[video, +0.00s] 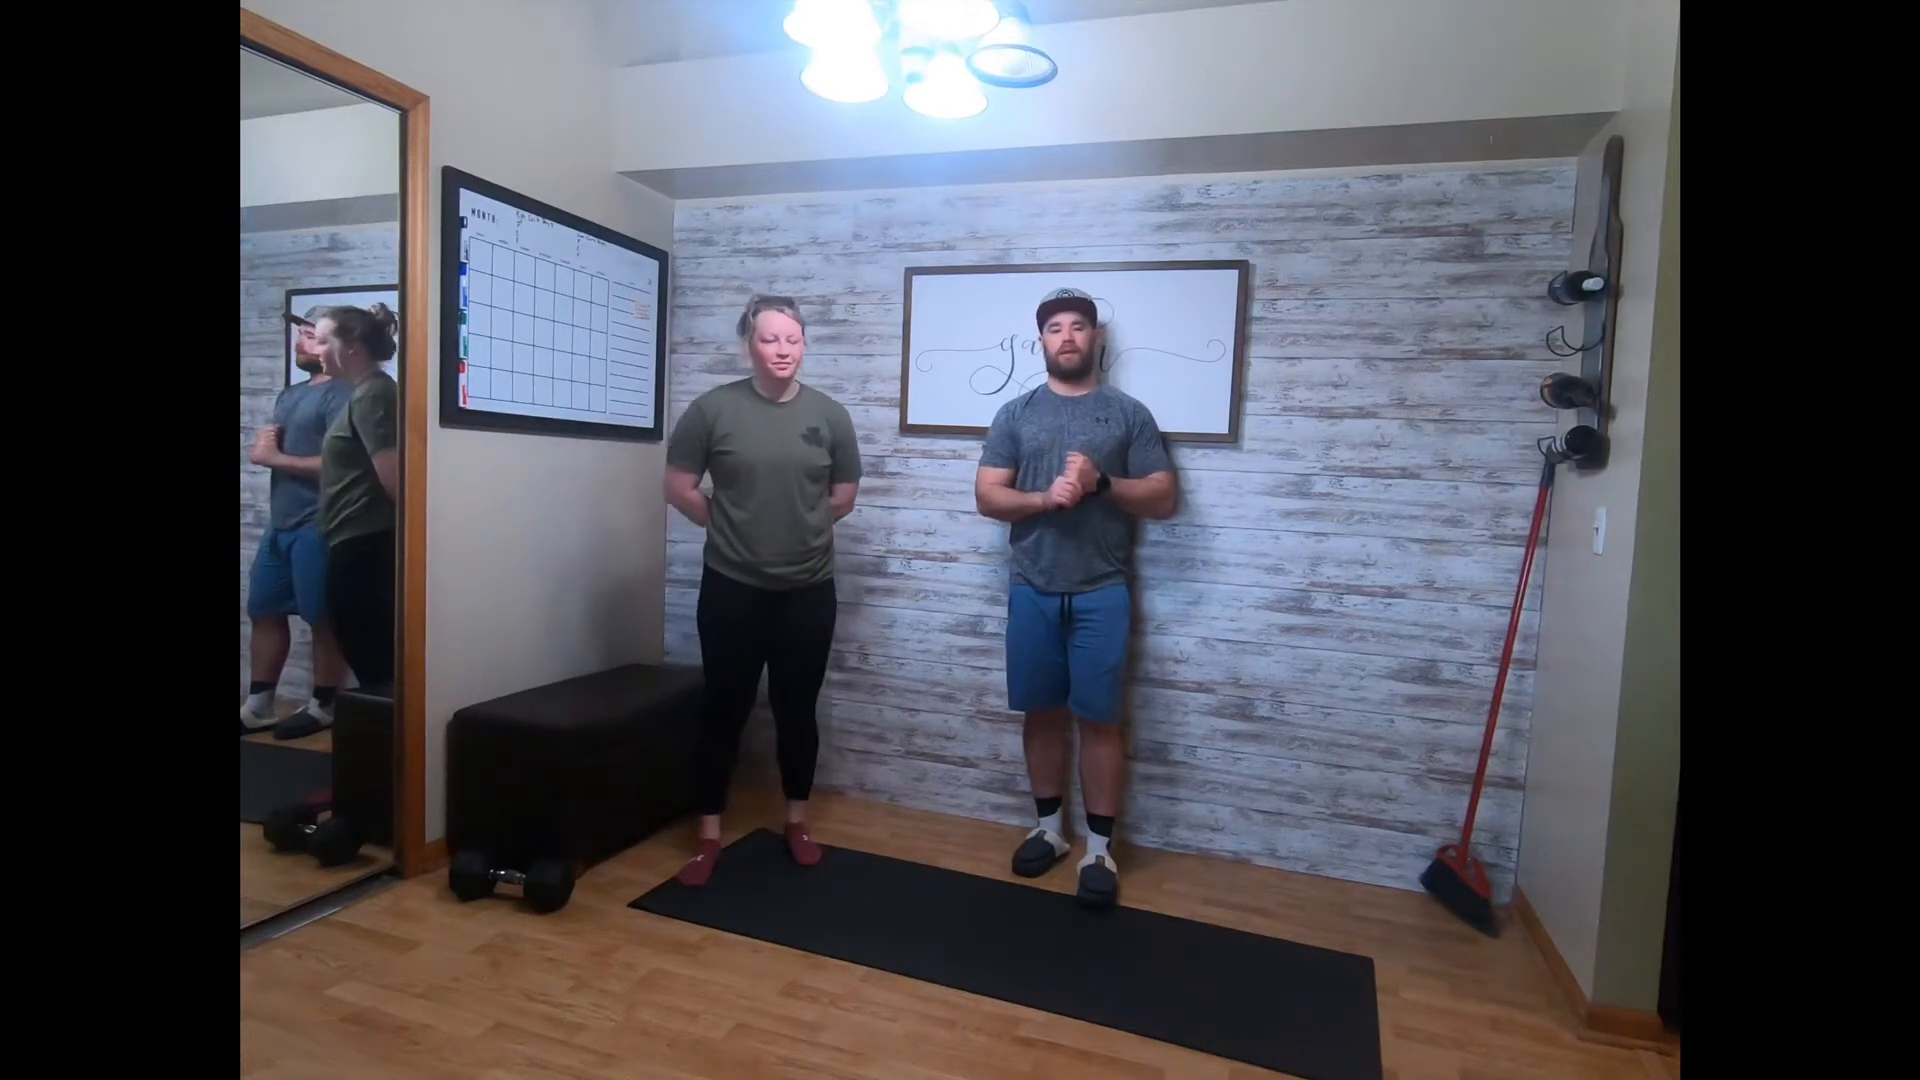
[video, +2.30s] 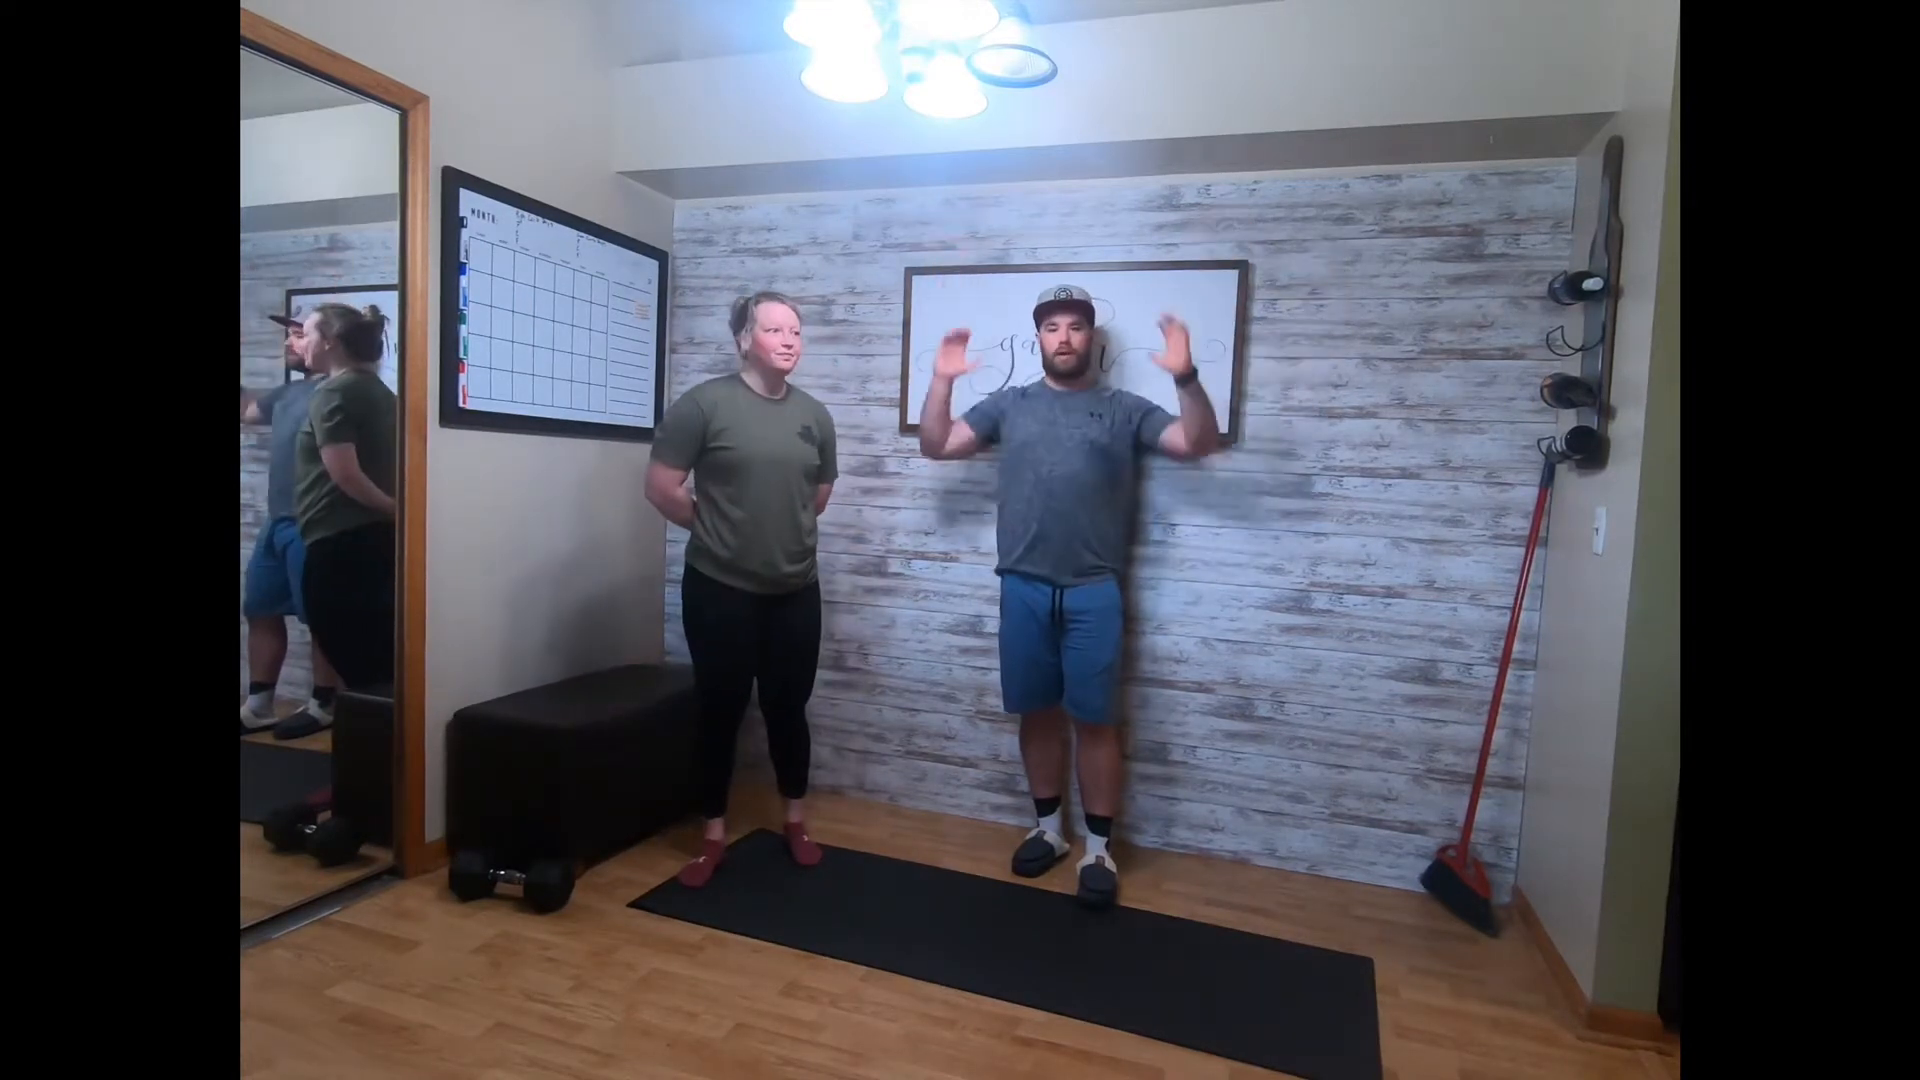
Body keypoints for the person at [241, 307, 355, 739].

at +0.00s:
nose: (300, 340)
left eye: (310, 335)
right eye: (301, 333)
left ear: (331, 347)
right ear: (302, 343)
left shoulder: (342, 394)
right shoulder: (289, 395)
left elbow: (337, 464)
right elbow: (278, 443)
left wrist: (275, 458)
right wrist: (267, 443)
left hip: (319, 524)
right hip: (280, 524)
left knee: (322, 618)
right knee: (265, 610)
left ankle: (324, 707)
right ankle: (259, 704)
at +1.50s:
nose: (294, 339)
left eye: (304, 332)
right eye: (295, 333)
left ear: (326, 342)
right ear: (299, 344)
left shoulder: (343, 392)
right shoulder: (294, 394)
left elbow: (346, 447)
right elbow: (276, 446)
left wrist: (317, 412)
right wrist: (248, 413)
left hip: (317, 523)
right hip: (276, 523)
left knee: (321, 617)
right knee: (260, 608)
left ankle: (324, 706)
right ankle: (259, 704)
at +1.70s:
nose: (300, 344)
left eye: (310, 336)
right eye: (300, 337)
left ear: (334, 344)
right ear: (301, 345)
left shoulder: (347, 394)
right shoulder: (293, 391)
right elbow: (254, 411)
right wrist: (242, 371)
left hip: (319, 527)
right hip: (279, 525)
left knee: (321, 619)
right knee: (261, 609)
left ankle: (325, 706)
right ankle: (259, 703)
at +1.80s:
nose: (298, 342)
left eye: (308, 336)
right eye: (297, 335)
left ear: (331, 344)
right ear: (296, 343)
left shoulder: (347, 391)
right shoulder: (289, 386)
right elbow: (250, 384)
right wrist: (238, 346)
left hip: (322, 528)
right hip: (280, 523)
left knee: (322, 621)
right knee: (264, 609)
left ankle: (324, 705)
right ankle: (259, 703)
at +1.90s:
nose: (296, 340)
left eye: (305, 333)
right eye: (296, 332)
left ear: (329, 341)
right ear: (296, 341)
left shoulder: (340, 385)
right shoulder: (290, 379)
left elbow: (351, 345)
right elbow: (253, 355)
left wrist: (340, 299)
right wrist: (238, 324)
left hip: (322, 522)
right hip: (283, 519)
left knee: (322, 618)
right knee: (264, 609)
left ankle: (324, 705)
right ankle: (259, 702)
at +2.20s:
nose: (291, 340)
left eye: (301, 332)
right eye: (292, 333)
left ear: (327, 340)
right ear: (294, 342)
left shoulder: (338, 386)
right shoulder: (287, 381)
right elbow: (246, 375)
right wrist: (240, 328)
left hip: (318, 524)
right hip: (280, 521)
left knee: (321, 620)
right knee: (262, 609)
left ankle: (324, 705)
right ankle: (259, 703)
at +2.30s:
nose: (292, 341)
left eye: (301, 333)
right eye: (293, 333)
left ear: (325, 342)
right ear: (298, 343)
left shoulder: (338, 392)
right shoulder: (287, 391)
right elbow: (249, 408)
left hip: (317, 525)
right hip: (278, 522)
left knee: (320, 621)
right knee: (262, 610)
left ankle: (324, 705)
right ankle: (259, 704)